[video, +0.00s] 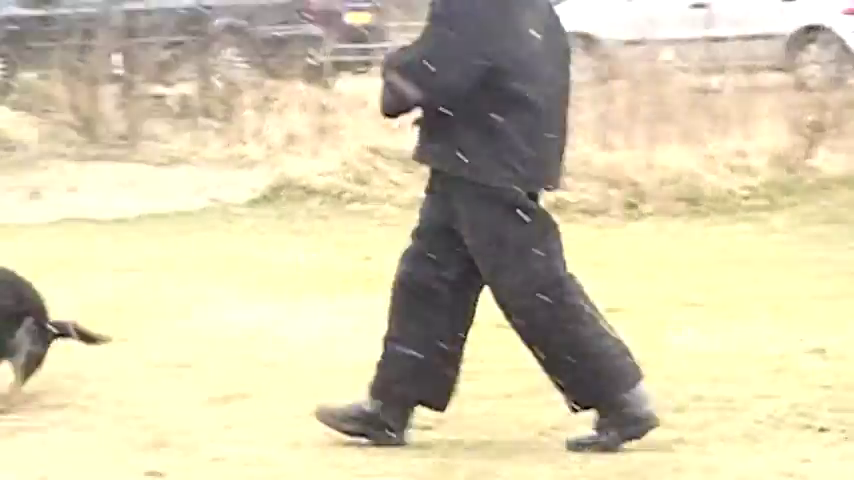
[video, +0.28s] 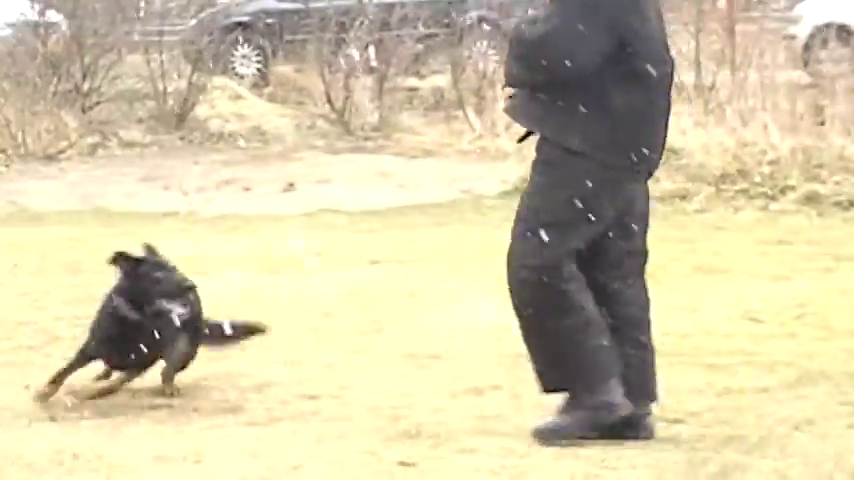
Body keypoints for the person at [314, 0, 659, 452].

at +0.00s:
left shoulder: (473, 10)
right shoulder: (531, 12)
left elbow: (440, 69)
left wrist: (397, 67)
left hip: (488, 166)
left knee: (536, 289)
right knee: (430, 283)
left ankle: (624, 406)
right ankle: (387, 408)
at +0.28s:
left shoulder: (599, 6)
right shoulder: (634, 8)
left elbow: (565, 51)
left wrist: (521, 39)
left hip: (584, 152)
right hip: (622, 155)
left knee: (539, 265)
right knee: (616, 274)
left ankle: (596, 397)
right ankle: (631, 406)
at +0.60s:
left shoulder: (547, 9)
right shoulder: (584, 13)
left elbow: (518, 77)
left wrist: (480, 68)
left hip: (543, 172)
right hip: (585, 175)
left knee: (501, 284)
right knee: (569, 281)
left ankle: (500, 414)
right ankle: (666, 362)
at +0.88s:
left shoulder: (426, 7)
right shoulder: (488, 12)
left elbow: (376, 42)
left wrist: (311, 48)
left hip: (424, 160)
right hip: (460, 161)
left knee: (437, 282)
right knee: (395, 269)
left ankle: (484, 415)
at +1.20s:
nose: (382, 8)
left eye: (386, 3)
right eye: (383, 5)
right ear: (428, 0)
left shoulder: (423, 33)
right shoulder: (447, 47)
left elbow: (399, 102)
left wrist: (346, 91)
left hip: (401, 200)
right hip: (386, 202)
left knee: (391, 315)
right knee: (358, 324)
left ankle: (502, 408)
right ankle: (376, 450)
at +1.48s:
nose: (372, 18)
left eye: (374, 8)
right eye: (372, 10)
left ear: (394, 7)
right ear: (427, 11)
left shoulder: (401, 57)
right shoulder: (473, 65)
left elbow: (394, 135)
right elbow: (486, 149)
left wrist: (358, 155)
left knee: (374, 344)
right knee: (495, 350)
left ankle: (355, 455)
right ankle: (511, 459)